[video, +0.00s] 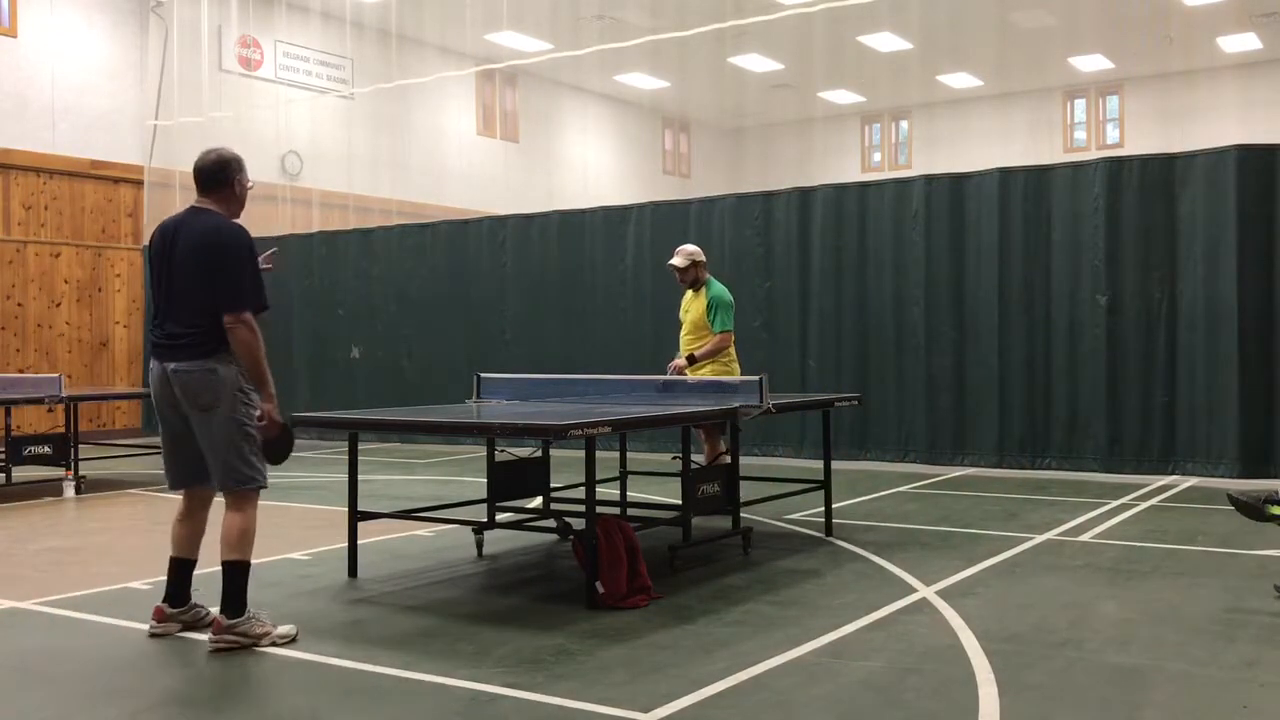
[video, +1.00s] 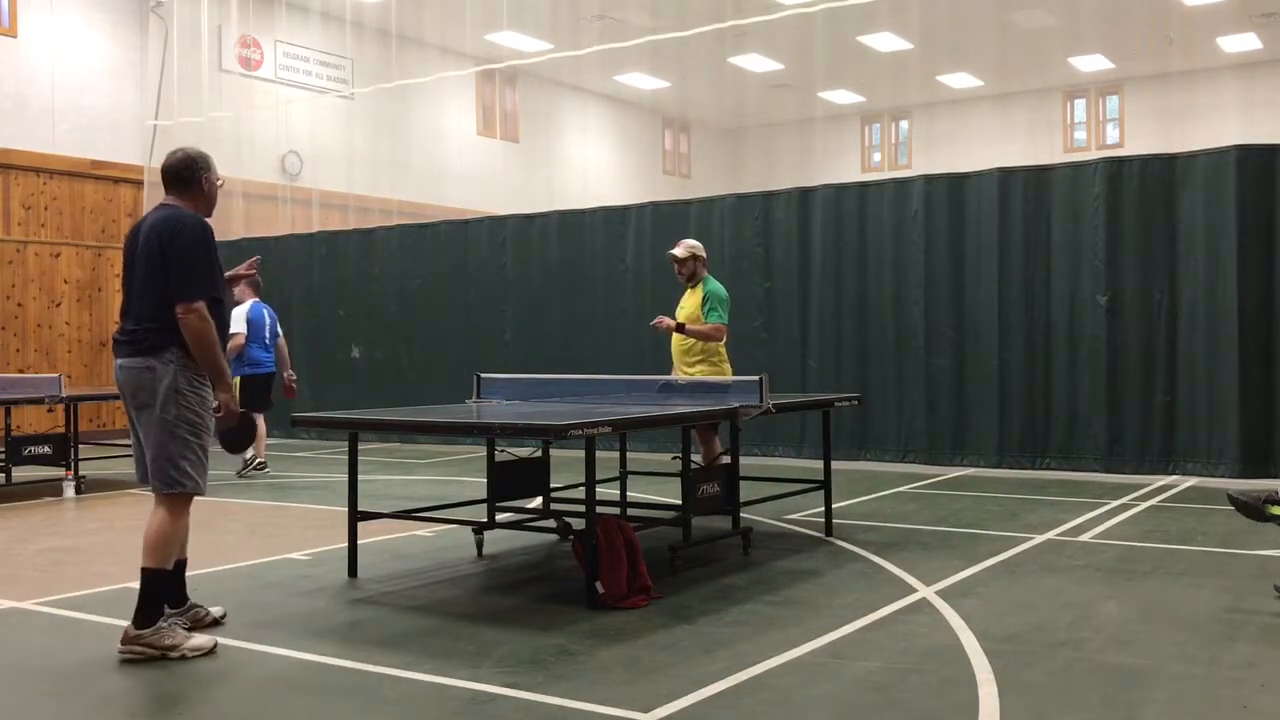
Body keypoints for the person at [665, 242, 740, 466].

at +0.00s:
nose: (679, 276)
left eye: (683, 271)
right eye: (676, 271)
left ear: (699, 267)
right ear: (674, 270)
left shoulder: (717, 296)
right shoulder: (690, 293)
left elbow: (725, 339)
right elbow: (695, 336)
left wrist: (689, 360)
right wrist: (683, 363)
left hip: (717, 374)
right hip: (696, 374)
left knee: (710, 431)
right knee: (702, 429)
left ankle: (713, 485)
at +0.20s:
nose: (679, 274)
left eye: (683, 268)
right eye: (676, 269)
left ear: (699, 266)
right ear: (674, 268)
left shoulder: (717, 294)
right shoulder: (689, 292)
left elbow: (724, 338)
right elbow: (690, 334)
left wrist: (689, 358)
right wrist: (675, 357)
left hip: (716, 374)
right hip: (695, 374)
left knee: (710, 432)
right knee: (704, 430)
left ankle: (710, 485)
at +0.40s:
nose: (678, 272)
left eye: (684, 265)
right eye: (676, 266)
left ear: (699, 264)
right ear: (674, 266)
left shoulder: (716, 293)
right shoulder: (689, 292)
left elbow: (724, 337)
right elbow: (691, 334)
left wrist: (688, 357)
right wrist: (679, 360)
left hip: (714, 375)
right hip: (694, 375)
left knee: (709, 432)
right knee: (703, 431)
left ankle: (710, 485)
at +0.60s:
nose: (678, 270)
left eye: (683, 264)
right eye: (676, 265)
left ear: (700, 262)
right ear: (675, 265)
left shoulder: (716, 292)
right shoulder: (688, 292)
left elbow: (725, 335)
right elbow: (684, 338)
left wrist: (684, 345)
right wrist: (675, 373)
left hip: (713, 377)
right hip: (691, 376)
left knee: (708, 432)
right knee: (704, 432)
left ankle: (710, 486)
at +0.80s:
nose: (678, 269)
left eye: (683, 263)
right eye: (676, 264)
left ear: (700, 262)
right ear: (675, 265)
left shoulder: (715, 291)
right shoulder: (690, 291)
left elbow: (722, 333)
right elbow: (687, 334)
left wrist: (679, 329)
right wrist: (678, 369)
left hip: (711, 377)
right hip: (690, 376)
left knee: (707, 433)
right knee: (703, 433)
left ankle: (715, 488)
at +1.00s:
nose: (677, 269)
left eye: (682, 262)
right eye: (675, 263)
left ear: (699, 262)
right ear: (675, 264)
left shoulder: (714, 291)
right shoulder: (691, 290)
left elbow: (718, 333)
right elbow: (689, 335)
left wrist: (677, 326)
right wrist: (677, 370)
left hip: (709, 377)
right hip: (688, 376)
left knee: (706, 433)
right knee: (703, 433)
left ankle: (716, 488)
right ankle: (715, 487)